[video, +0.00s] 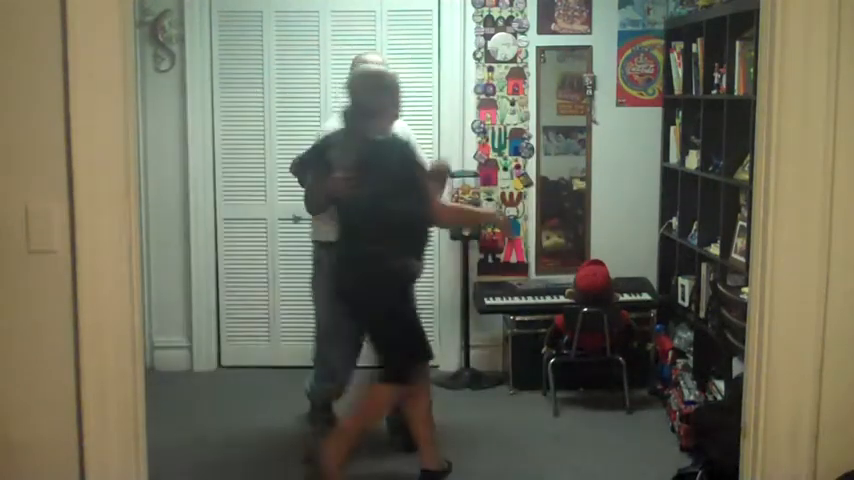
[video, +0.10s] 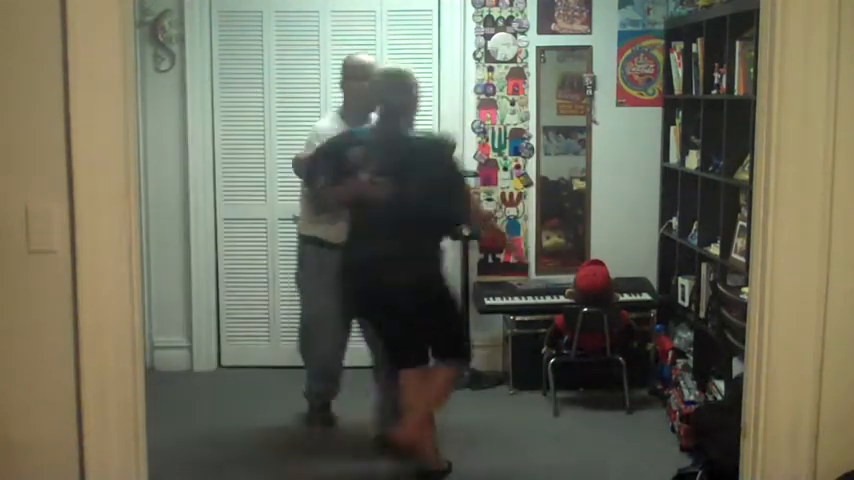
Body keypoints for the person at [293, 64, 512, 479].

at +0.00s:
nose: (399, 106)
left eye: (396, 98)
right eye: (396, 99)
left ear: (357, 103)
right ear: (390, 105)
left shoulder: (342, 149)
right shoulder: (396, 151)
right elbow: (436, 214)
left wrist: (431, 184)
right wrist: (489, 217)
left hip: (354, 272)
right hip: (384, 275)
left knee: (413, 363)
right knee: (400, 368)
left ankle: (430, 461)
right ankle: (335, 451)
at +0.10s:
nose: (412, 107)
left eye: (403, 100)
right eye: (412, 100)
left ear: (375, 102)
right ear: (413, 104)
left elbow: (312, 182)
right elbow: (458, 212)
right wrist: (485, 223)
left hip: (363, 270)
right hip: (416, 272)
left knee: (408, 358)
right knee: (454, 352)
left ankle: (426, 453)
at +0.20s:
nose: (367, 88)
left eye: (369, 81)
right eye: (358, 81)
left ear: (370, 87)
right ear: (336, 86)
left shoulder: (375, 132)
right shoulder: (317, 130)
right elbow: (308, 162)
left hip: (363, 252)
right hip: (317, 251)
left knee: (372, 346)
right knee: (315, 338)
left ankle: (353, 423)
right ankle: (318, 406)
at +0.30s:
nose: (363, 87)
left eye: (364, 80)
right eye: (355, 80)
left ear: (361, 87)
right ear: (329, 85)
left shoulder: (369, 128)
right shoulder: (308, 134)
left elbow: (393, 167)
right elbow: (336, 190)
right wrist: (396, 206)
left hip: (359, 253)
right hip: (310, 256)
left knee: (363, 337)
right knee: (314, 345)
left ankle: (312, 424)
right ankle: (322, 432)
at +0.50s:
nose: (368, 83)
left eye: (367, 76)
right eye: (359, 76)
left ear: (358, 81)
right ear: (333, 80)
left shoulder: (360, 127)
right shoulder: (306, 130)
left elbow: (366, 171)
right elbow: (310, 197)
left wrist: (402, 150)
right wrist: (379, 230)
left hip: (355, 256)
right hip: (309, 256)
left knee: (350, 352)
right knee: (312, 346)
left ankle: (316, 436)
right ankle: (300, 415)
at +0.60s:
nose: (374, 72)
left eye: (373, 65)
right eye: (364, 66)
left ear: (364, 73)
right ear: (335, 72)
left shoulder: (358, 122)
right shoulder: (311, 124)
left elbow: (366, 186)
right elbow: (298, 193)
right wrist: (363, 226)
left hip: (355, 249)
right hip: (314, 245)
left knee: (353, 346)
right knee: (338, 330)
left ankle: (307, 437)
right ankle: (283, 363)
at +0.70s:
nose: (382, 70)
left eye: (381, 63)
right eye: (373, 63)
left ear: (364, 70)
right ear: (345, 67)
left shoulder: (361, 122)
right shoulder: (318, 119)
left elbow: (365, 183)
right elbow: (292, 181)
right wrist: (357, 209)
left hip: (352, 242)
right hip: (318, 239)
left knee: (337, 341)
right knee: (371, 318)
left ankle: (307, 439)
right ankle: (289, 376)